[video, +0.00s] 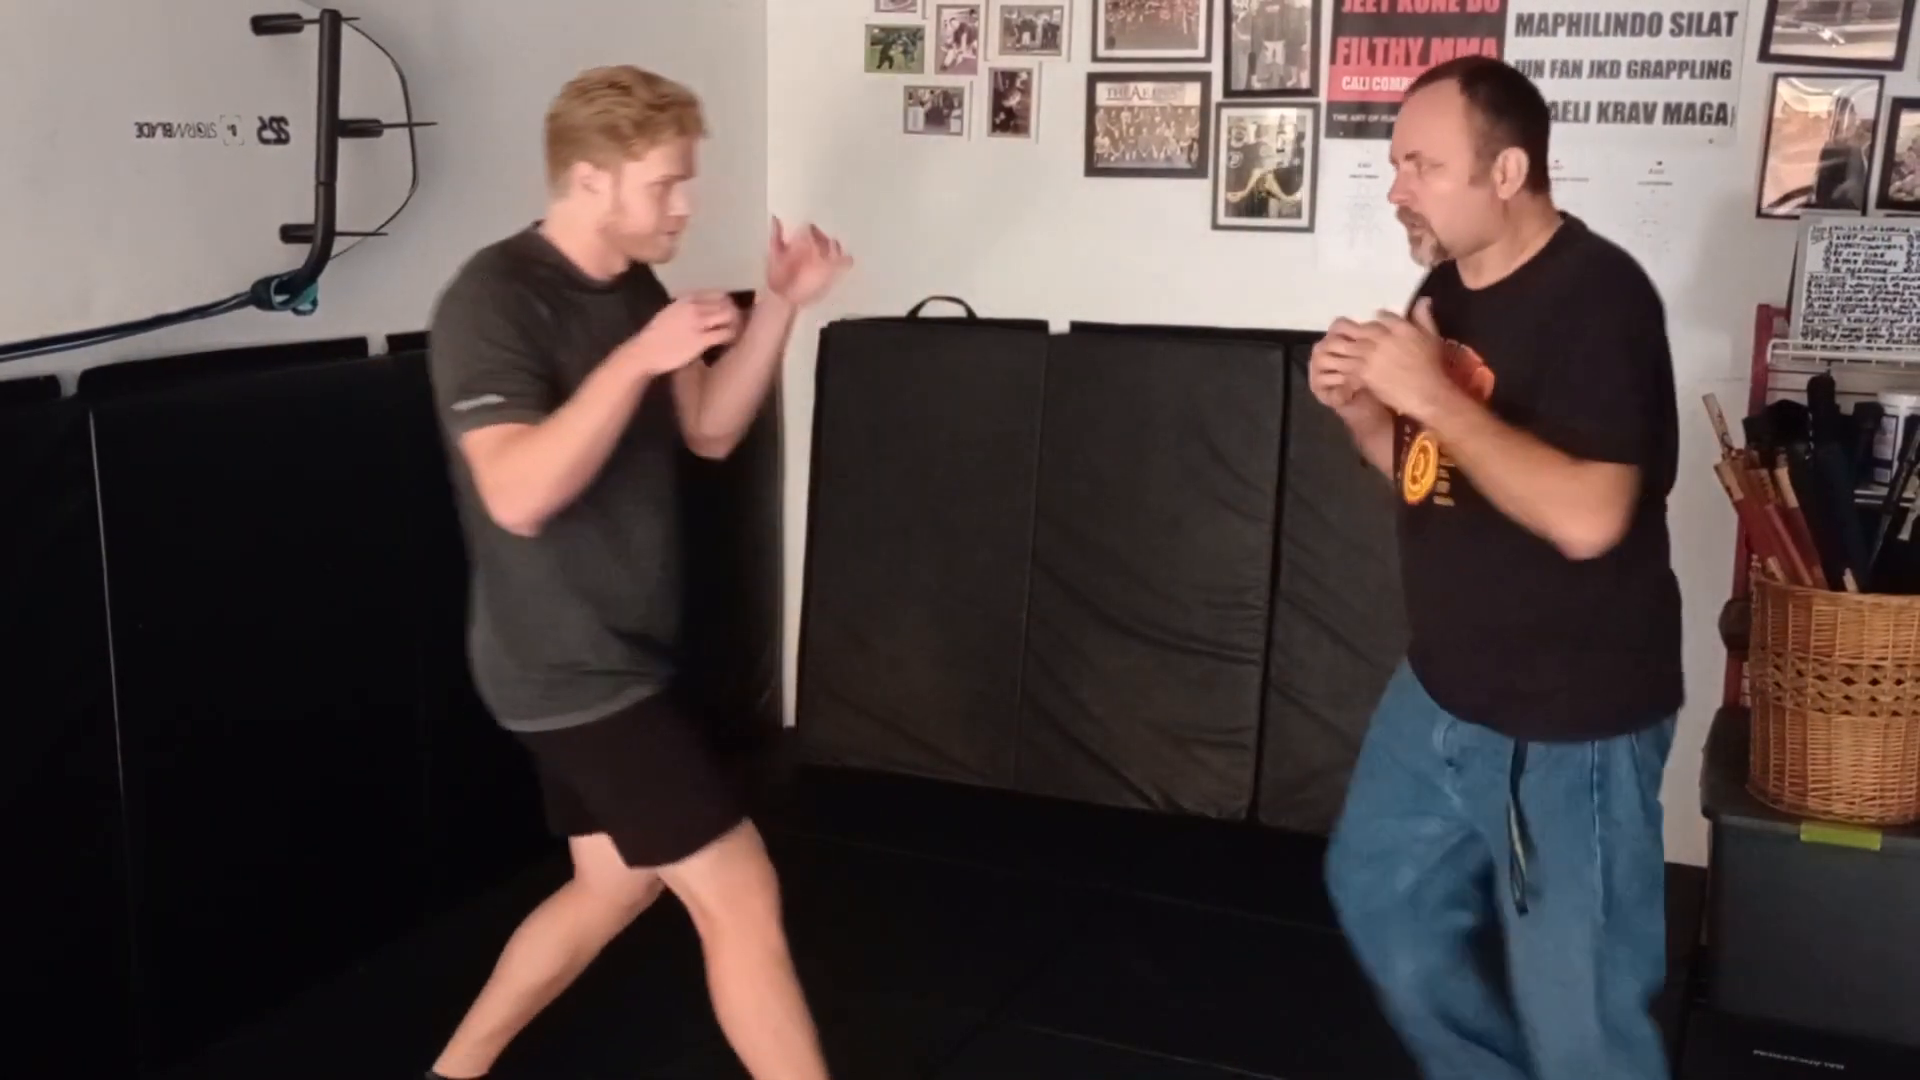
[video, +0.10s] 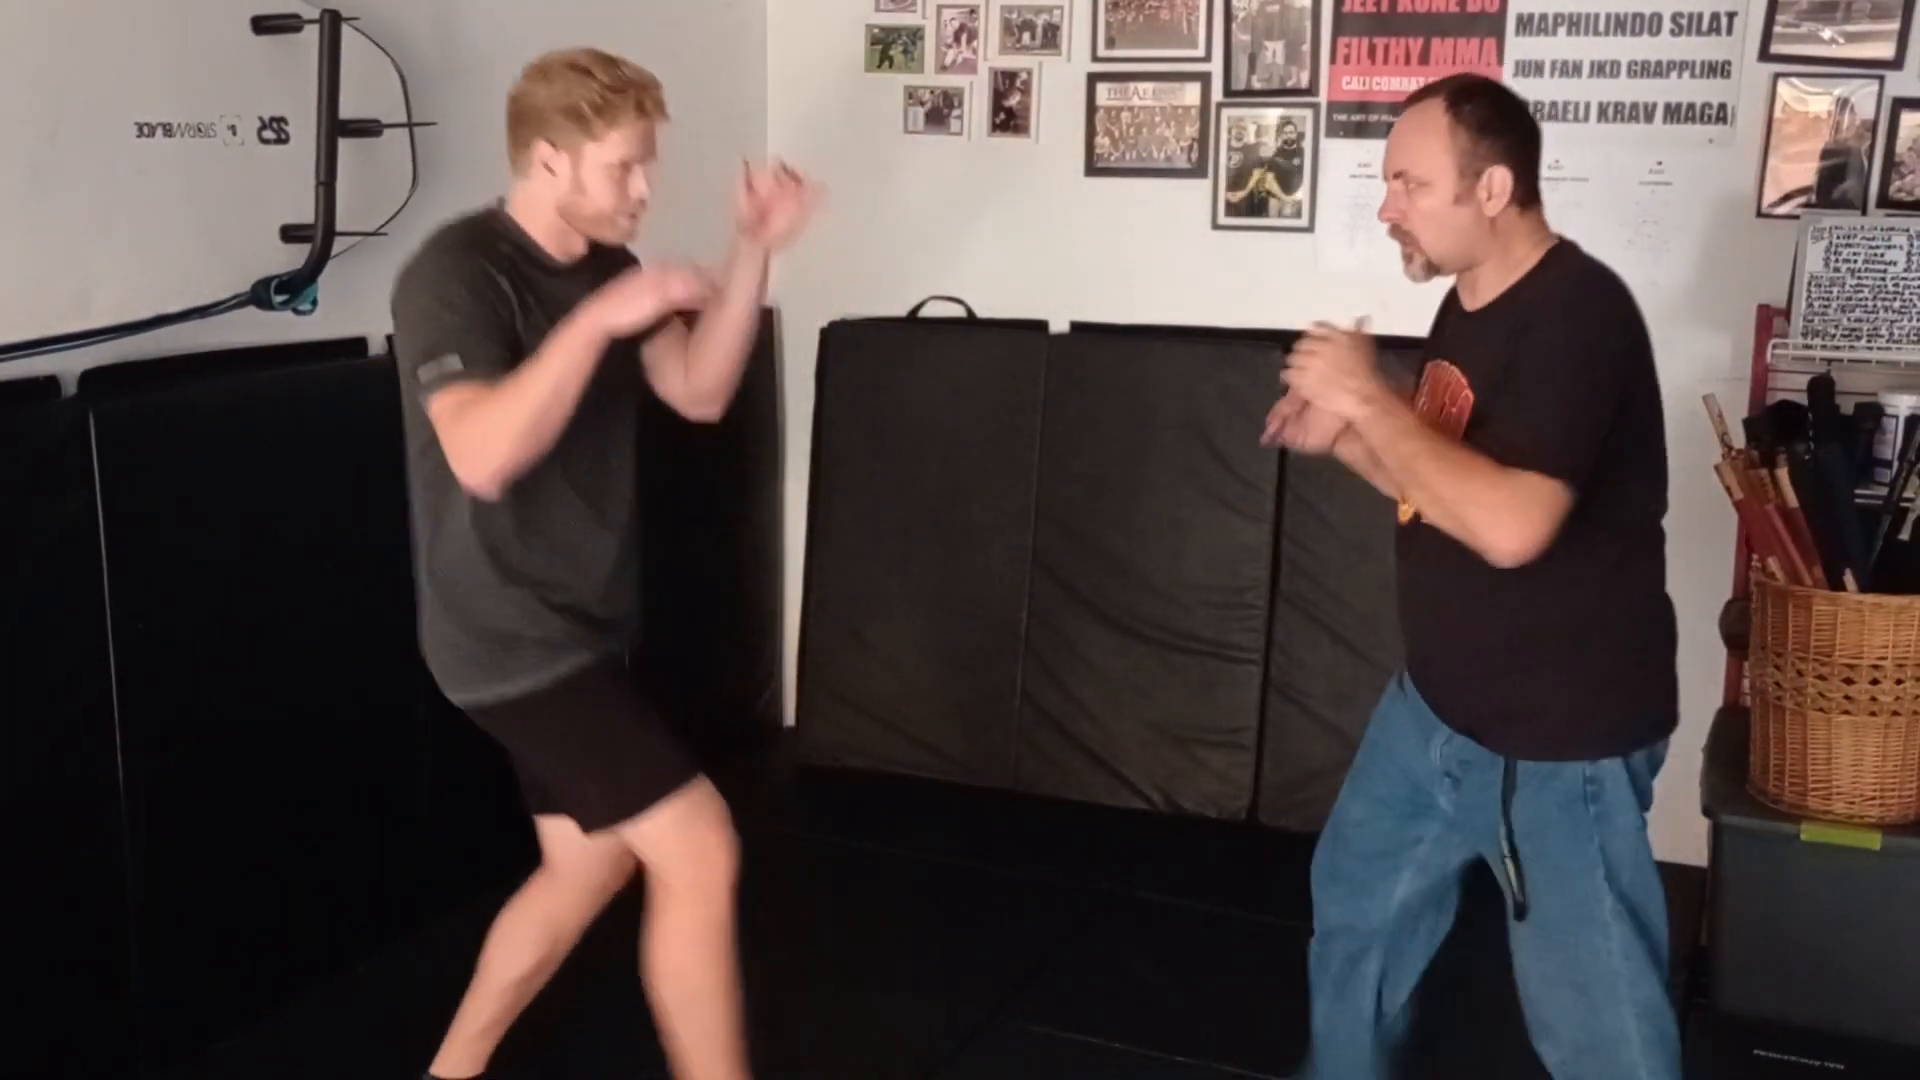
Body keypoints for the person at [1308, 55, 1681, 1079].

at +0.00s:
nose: (1398, 195)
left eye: (1421, 170)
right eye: (1396, 168)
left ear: (1510, 173)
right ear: (1495, 172)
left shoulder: (1602, 295)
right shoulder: (1445, 291)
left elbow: (1591, 515)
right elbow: (1429, 481)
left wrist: (1435, 399)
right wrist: (1362, 412)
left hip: (1580, 724)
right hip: (1440, 691)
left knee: (1580, 1019)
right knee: (1383, 897)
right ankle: (1492, 1071)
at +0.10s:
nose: (1389, 212)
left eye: (1410, 186)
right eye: (1389, 185)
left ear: (1494, 192)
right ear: (1483, 193)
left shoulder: (1583, 313)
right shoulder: (1464, 305)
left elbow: (1516, 524)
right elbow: (1441, 491)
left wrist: (1369, 397)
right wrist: (1346, 436)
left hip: (1571, 736)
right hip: (1436, 700)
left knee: (1598, 1015)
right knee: (1354, 926)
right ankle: (1341, 1073)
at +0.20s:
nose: (1370, 219)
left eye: (1390, 194)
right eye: (1370, 193)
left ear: (1474, 199)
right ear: (1462, 202)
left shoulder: (1554, 313)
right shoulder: (1458, 309)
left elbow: (1465, 514)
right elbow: (1450, 471)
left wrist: (1342, 384)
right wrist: (1345, 440)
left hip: (1548, 728)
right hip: (1430, 704)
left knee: (1574, 1012)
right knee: (1346, 963)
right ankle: (1280, 1073)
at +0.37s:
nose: (1350, 217)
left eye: (1370, 194)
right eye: (1351, 193)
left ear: (1448, 196)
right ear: (1441, 199)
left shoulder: (1500, 308)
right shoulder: (1450, 300)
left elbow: (1360, 467)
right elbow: (1411, 392)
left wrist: (1296, 321)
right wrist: (1304, 364)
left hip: (1481, 712)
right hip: (1368, 689)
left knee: (1508, 981)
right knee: (1304, 926)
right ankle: (1290, 1070)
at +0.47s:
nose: (1345, 211)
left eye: (1363, 188)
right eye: (1346, 188)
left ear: (1437, 190)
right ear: (1430, 192)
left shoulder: (1490, 300)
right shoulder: (1432, 292)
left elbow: (1352, 460)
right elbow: (1380, 402)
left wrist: (1293, 321)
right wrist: (1282, 344)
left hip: (1433, 695)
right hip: (1339, 672)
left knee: (1382, 938)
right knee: (1281, 912)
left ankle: (1501, 1075)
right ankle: (1283, 1071)